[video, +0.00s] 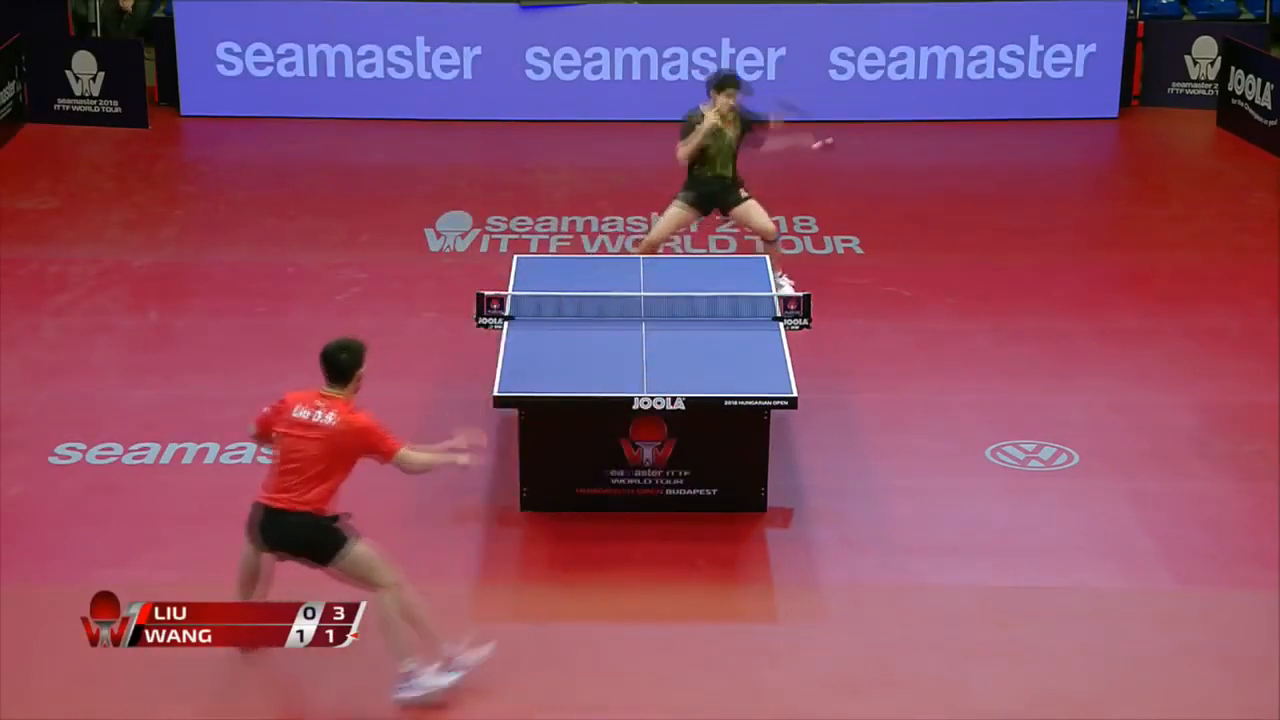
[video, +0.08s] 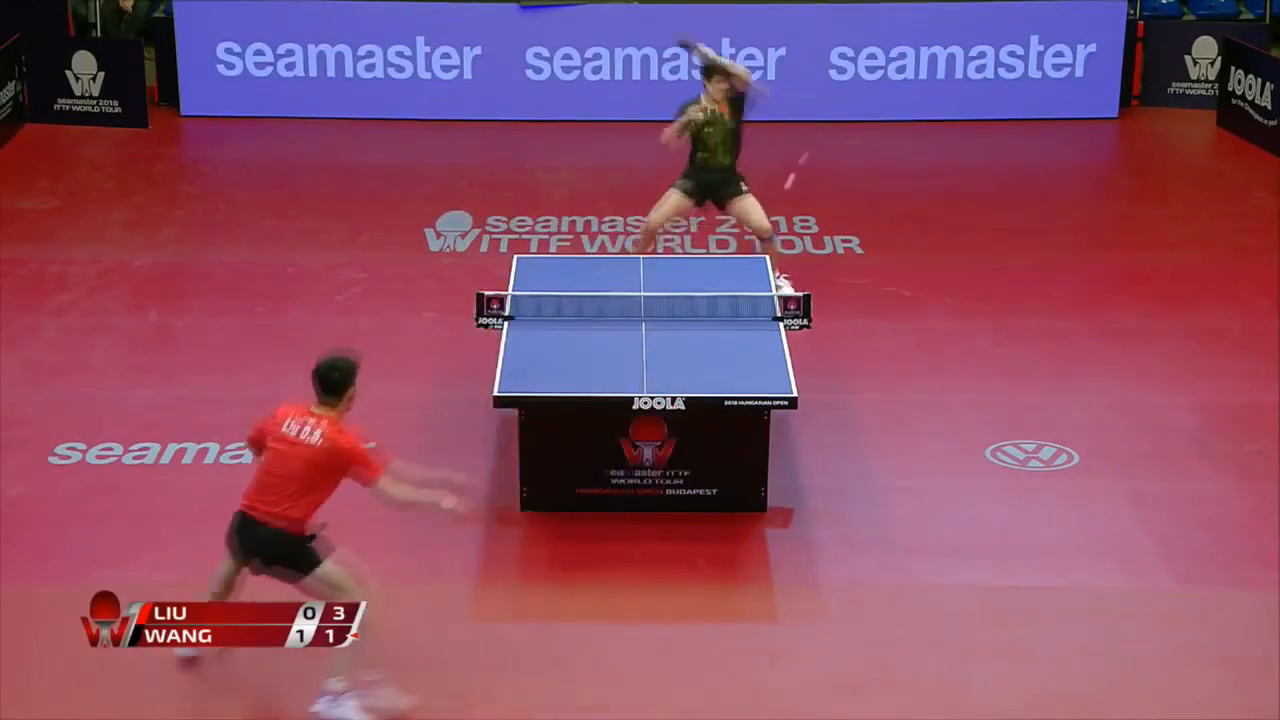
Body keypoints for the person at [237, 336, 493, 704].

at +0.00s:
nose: (363, 374)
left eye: (361, 369)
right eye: (362, 370)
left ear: (323, 371)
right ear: (358, 375)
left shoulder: (291, 403)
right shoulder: (355, 423)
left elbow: (259, 433)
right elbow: (408, 460)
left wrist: (299, 438)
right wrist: (451, 456)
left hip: (265, 519)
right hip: (308, 526)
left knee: (254, 545)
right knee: (388, 582)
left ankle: (242, 623)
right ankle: (412, 672)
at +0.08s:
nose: (355, 393)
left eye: (351, 385)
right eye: (354, 387)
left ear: (315, 386)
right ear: (349, 394)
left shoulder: (285, 415)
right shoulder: (343, 444)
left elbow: (255, 444)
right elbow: (391, 492)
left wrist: (292, 463)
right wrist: (441, 499)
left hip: (243, 527)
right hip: (282, 542)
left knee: (234, 565)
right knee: (352, 600)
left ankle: (195, 636)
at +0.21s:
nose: (345, 447)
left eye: (344, 440)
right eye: (344, 442)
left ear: (307, 439)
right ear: (337, 449)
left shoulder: (295, 459)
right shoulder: (313, 499)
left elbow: (325, 488)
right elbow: (317, 570)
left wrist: (341, 519)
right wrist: (349, 601)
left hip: (213, 568)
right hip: (242, 586)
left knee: (211, 613)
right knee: (326, 611)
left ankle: (135, 656)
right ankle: (311, 706)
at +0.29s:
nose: (354, 475)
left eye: (352, 470)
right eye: (351, 470)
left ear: (326, 475)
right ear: (336, 479)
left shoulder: (331, 494)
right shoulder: (298, 522)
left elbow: (386, 504)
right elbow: (285, 590)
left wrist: (418, 533)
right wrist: (319, 626)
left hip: (238, 579)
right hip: (237, 592)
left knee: (205, 630)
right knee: (321, 630)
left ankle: (138, 655)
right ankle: (301, 708)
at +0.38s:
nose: (376, 496)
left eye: (373, 491)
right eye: (370, 491)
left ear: (353, 496)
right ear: (349, 499)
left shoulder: (359, 512)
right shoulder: (312, 543)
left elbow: (418, 508)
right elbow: (300, 607)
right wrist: (331, 629)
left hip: (283, 590)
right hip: (255, 597)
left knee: (220, 627)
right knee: (328, 639)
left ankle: (155, 645)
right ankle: (308, 706)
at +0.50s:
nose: (417, 500)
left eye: (413, 492)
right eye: (409, 497)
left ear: (391, 511)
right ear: (390, 512)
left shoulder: (381, 516)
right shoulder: (367, 557)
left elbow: (401, 486)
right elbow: (358, 611)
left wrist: (427, 496)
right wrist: (370, 654)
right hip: (299, 609)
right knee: (364, 685)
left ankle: (270, 642)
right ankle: (305, 714)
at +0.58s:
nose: (442, 505)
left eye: (440, 498)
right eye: (434, 501)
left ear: (406, 508)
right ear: (413, 513)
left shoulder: (380, 513)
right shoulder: (417, 559)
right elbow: (463, 607)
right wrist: (525, 616)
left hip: (324, 592)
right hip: (328, 630)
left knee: (414, 624)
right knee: (364, 710)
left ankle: (394, 658)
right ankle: (303, 715)